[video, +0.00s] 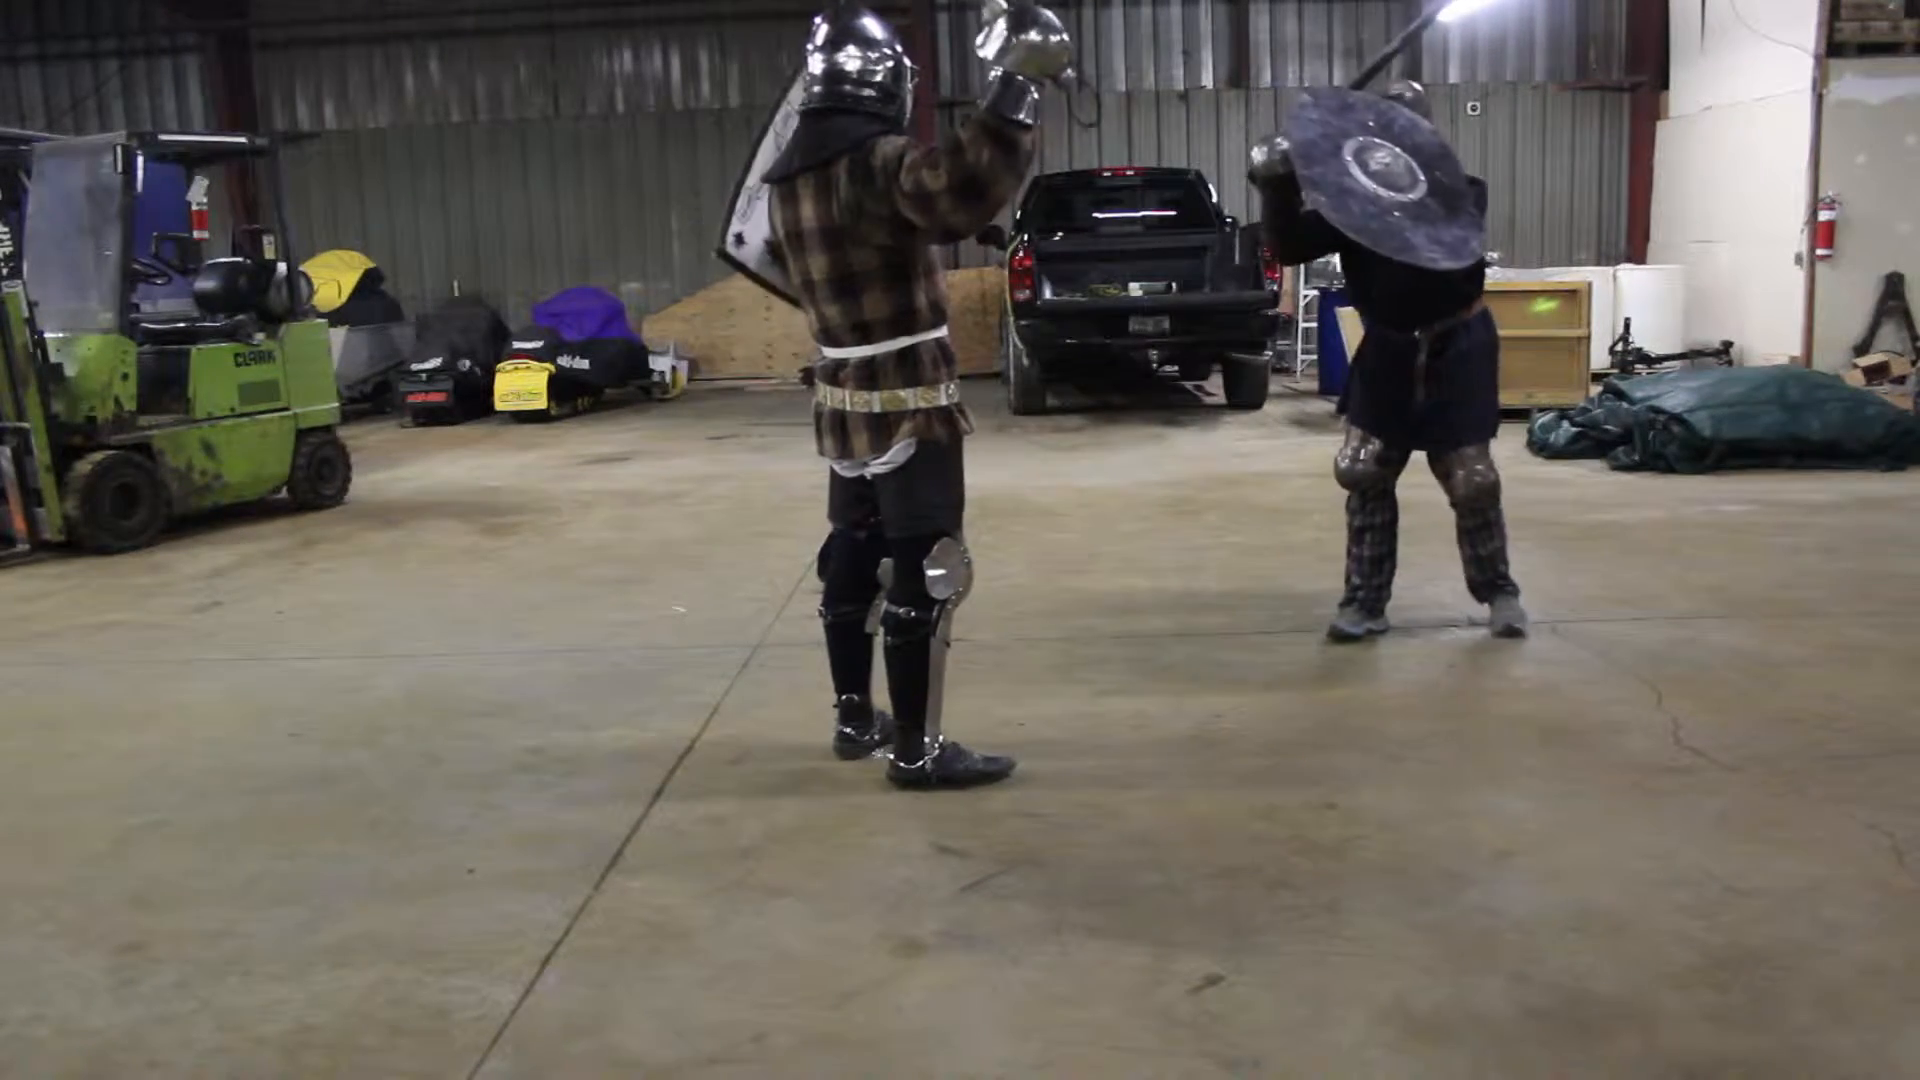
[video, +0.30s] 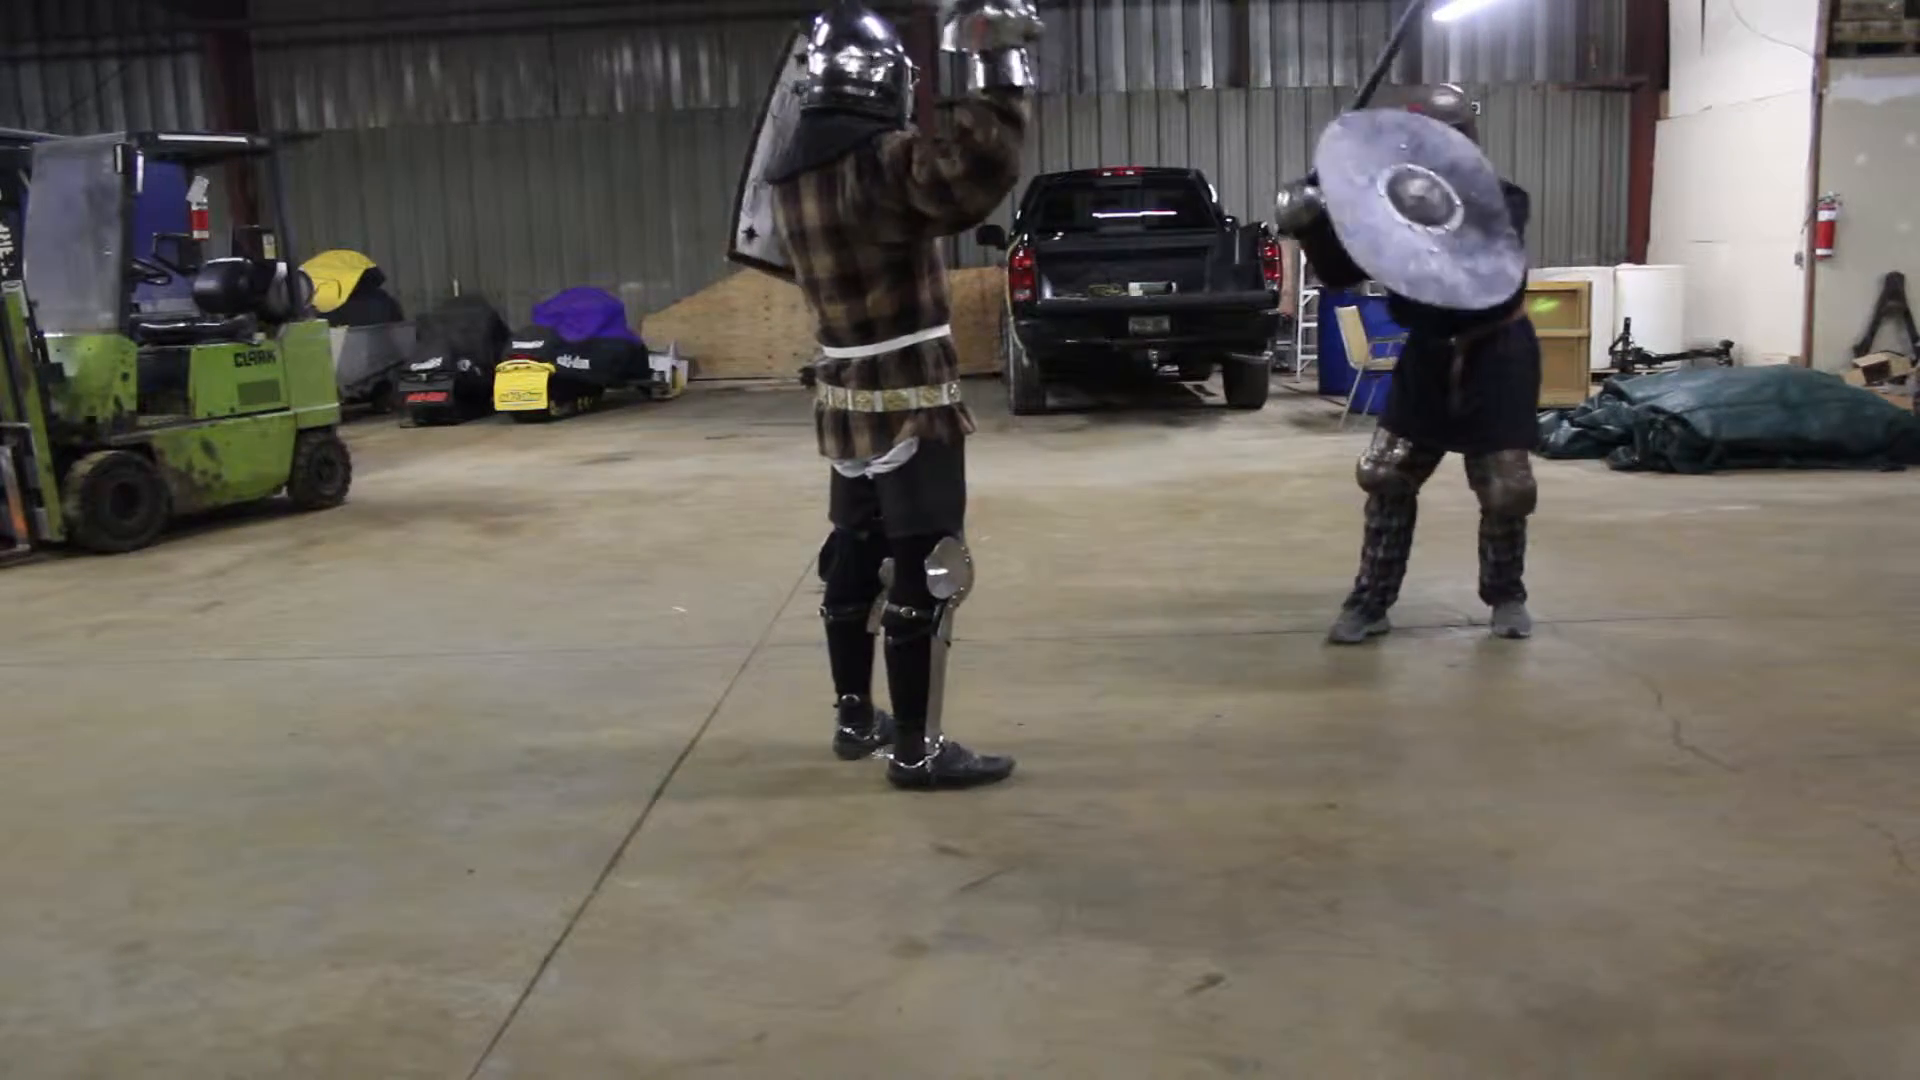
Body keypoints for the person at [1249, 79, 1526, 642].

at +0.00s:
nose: (1391, 151)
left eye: (1404, 135)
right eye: (1379, 140)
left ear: (1425, 141)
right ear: (1363, 153)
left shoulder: (1459, 196)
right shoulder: (1351, 207)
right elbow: (1290, 247)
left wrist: (1419, 143)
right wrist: (1277, 188)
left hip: (1461, 338)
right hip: (1388, 343)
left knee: (1470, 475)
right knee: (1365, 469)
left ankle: (1500, 593)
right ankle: (1365, 600)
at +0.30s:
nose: (1433, 146)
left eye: (1446, 132)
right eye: (1422, 132)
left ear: (1470, 136)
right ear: (1405, 136)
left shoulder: (1501, 201)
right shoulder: (1392, 200)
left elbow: (1493, 288)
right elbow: (1343, 277)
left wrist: (1440, 223)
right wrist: (1310, 229)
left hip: (1498, 348)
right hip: (1426, 348)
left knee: (1507, 487)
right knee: (1388, 474)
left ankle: (1508, 599)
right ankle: (1370, 601)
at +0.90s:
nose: (1436, 145)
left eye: (1449, 130)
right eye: (1426, 134)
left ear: (1468, 138)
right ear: (1408, 146)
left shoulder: (1502, 199)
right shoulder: (1395, 206)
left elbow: (1489, 247)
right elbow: (1326, 236)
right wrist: (1310, 170)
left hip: (1495, 347)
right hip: (1426, 351)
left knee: (1494, 486)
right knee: (1387, 476)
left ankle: (1506, 600)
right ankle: (1356, 601)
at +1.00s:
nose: (1425, 144)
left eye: (1437, 132)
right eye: (1414, 133)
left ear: (1458, 136)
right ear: (1401, 137)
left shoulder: (1488, 204)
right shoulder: (1391, 200)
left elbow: (1465, 280)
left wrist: (1417, 217)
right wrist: (1312, 180)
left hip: (1479, 350)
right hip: (1410, 349)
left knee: (1480, 487)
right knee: (1368, 476)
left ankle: (1504, 598)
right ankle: (1347, 607)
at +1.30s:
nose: (1406, 156)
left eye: (1417, 143)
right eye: (1392, 144)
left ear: (1432, 146)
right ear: (1370, 149)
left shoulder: (1453, 214)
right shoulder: (1355, 209)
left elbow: (1457, 305)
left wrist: (1415, 344)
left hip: (1447, 360)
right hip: (1373, 361)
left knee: (1466, 497)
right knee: (1334, 479)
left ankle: (1503, 598)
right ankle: (1344, 608)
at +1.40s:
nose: (1396, 155)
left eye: (1407, 143)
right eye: (1384, 144)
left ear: (1424, 146)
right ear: (1363, 148)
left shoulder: (1447, 213)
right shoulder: (1350, 210)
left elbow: (1451, 305)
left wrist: (1409, 344)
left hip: (1442, 362)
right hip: (1368, 364)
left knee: (1463, 497)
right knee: (1332, 482)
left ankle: (1503, 598)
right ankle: (1344, 609)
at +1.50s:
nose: (1394, 153)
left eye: (1404, 140)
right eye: (1380, 142)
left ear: (1421, 145)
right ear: (1358, 147)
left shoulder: (1444, 212)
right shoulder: (1347, 210)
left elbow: (1447, 303)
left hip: (1439, 359)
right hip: (1365, 360)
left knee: (1462, 498)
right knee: (1328, 481)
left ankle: (1503, 598)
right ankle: (1345, 608)